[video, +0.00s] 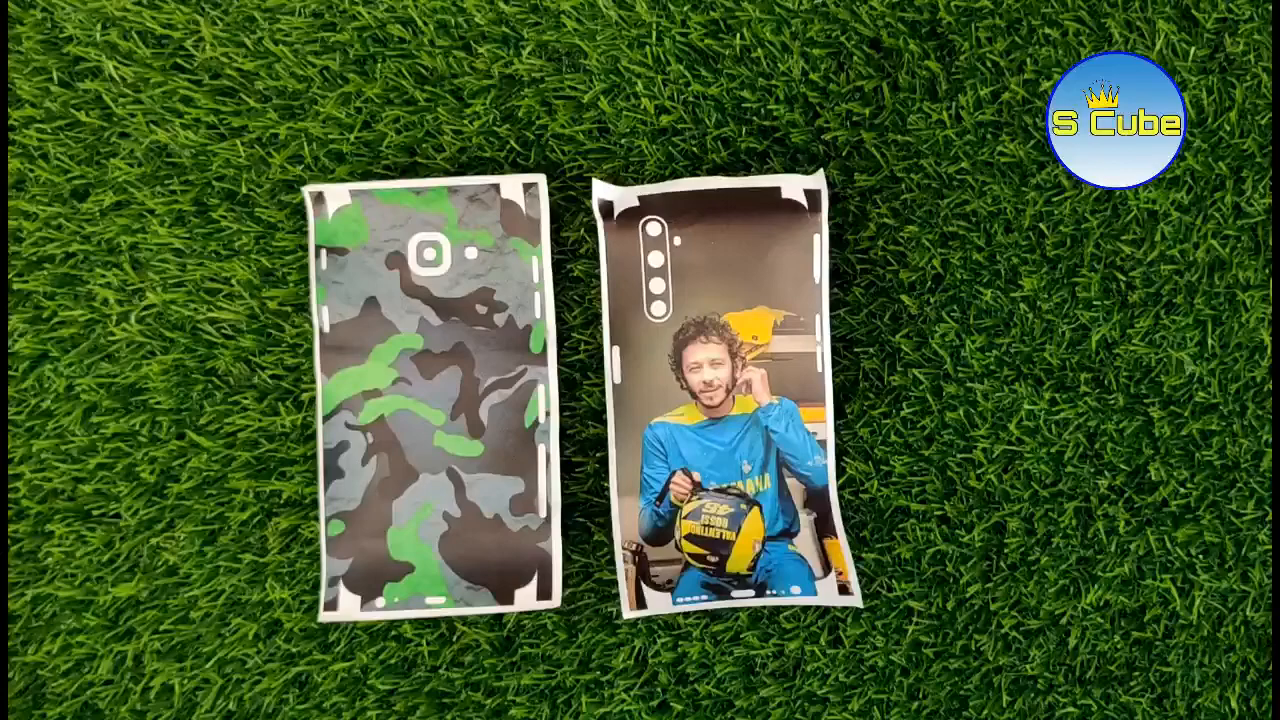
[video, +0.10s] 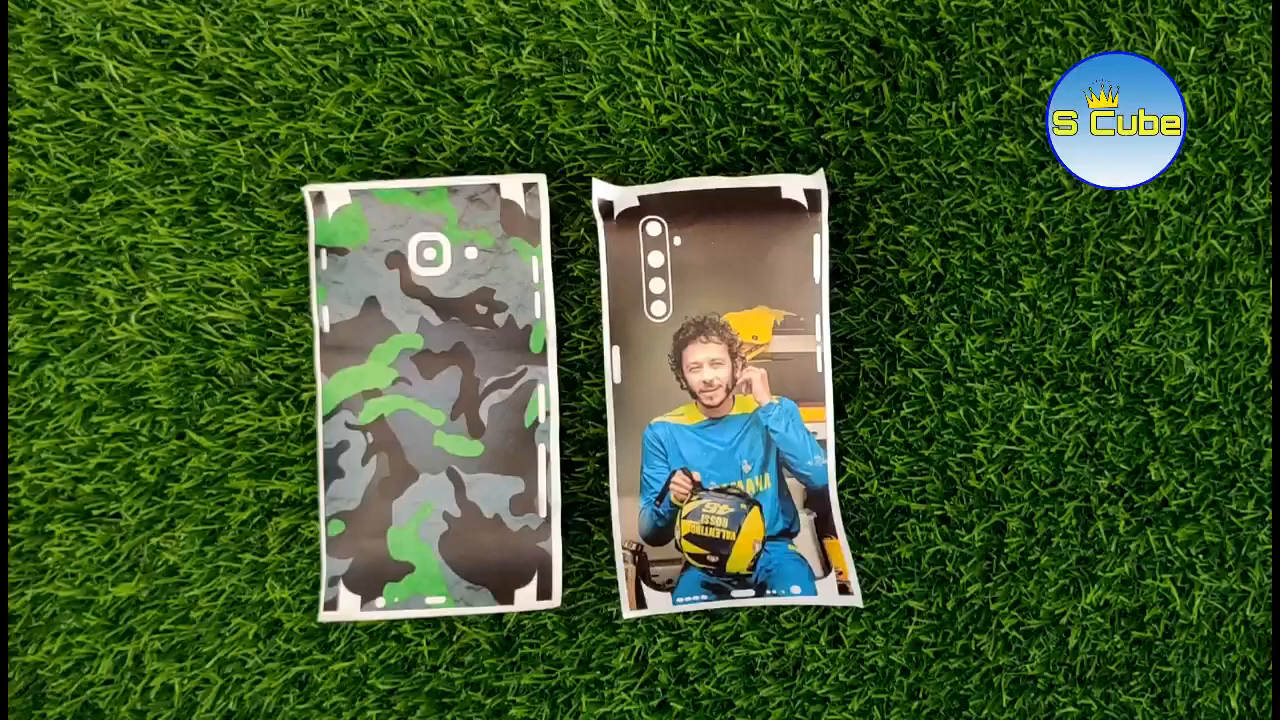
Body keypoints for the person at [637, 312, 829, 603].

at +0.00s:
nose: (708, 378)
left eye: (717, 364)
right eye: (695, 368)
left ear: (735, 366)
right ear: (682, 376)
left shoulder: (775, 412)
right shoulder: (662, 432)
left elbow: (819, 477)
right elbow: (651, 534)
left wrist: (767, 405)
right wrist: (672, 500)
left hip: (772, 548)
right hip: (706, 556)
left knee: (798, 600)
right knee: (687, 609)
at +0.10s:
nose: (708, 377)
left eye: (717, 364)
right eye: (695, 368)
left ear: (735, 366)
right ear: (682, 376)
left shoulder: (775, 412)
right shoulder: (662, 432)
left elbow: (819, 477)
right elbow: (651, 534)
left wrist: (768, 406)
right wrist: (673, 501)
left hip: (771, 547)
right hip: (706, 555)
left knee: (798, 599)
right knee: (688, 610)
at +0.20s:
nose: (708, 377)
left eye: (717, 364)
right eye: (695, 368)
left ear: (735, 365)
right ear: (682, 376)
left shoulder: (775, 412)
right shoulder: (662, 432)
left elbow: (819, 477)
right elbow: (651, 534)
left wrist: (767, 405)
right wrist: (672, 500)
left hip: (772, 548)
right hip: (706, 556)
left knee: (798, 601)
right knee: (687, 610)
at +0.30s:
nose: (708, 377)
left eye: (717, 364)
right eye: (695, 368)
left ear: (735, 365)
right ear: (682, 376)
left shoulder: (775, 412)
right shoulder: (662, 432)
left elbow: (819, 477)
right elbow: (651, 534)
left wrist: (768, 406)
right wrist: (672, 500)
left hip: (772, 548)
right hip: (705, 556)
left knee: (798, 601)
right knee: (687, 609)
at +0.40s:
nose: (708, 378)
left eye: (717, 364)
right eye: (695, 368)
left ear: (735, 366)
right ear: (682, 376)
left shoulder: (775, 412)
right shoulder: (662, 432)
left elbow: (819, 477)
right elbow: (651, 534)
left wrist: (767, 405)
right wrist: (672, 500)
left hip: (772, 548)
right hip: (706, 556)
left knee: (798, 601)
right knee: (688, 610)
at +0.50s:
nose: (708, 378)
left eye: (716, 364)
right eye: (695, 368)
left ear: (735, 365)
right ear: (682, 376)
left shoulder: (774, 412)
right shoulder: (662, 433)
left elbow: (819, 477)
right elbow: (651, 534)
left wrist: (767, 405)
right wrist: (672, 500)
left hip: (772, 548)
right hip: (706, 557)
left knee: (799, 602)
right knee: (688, 613)